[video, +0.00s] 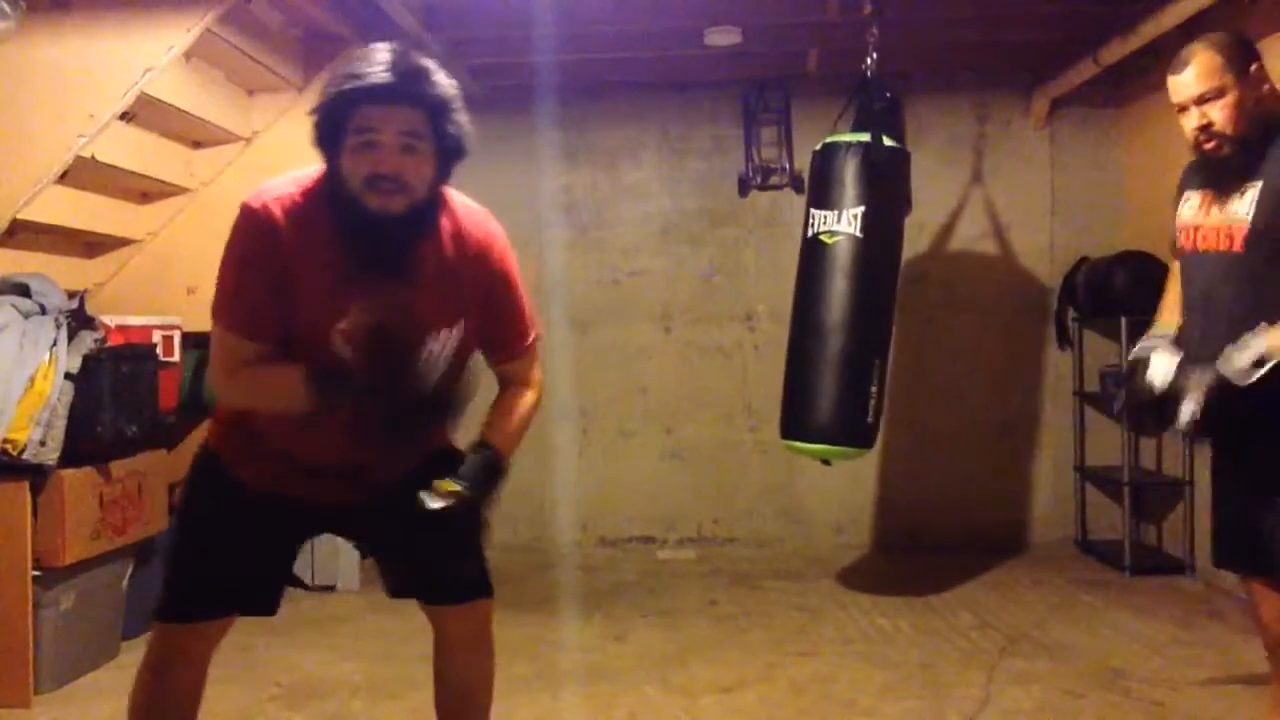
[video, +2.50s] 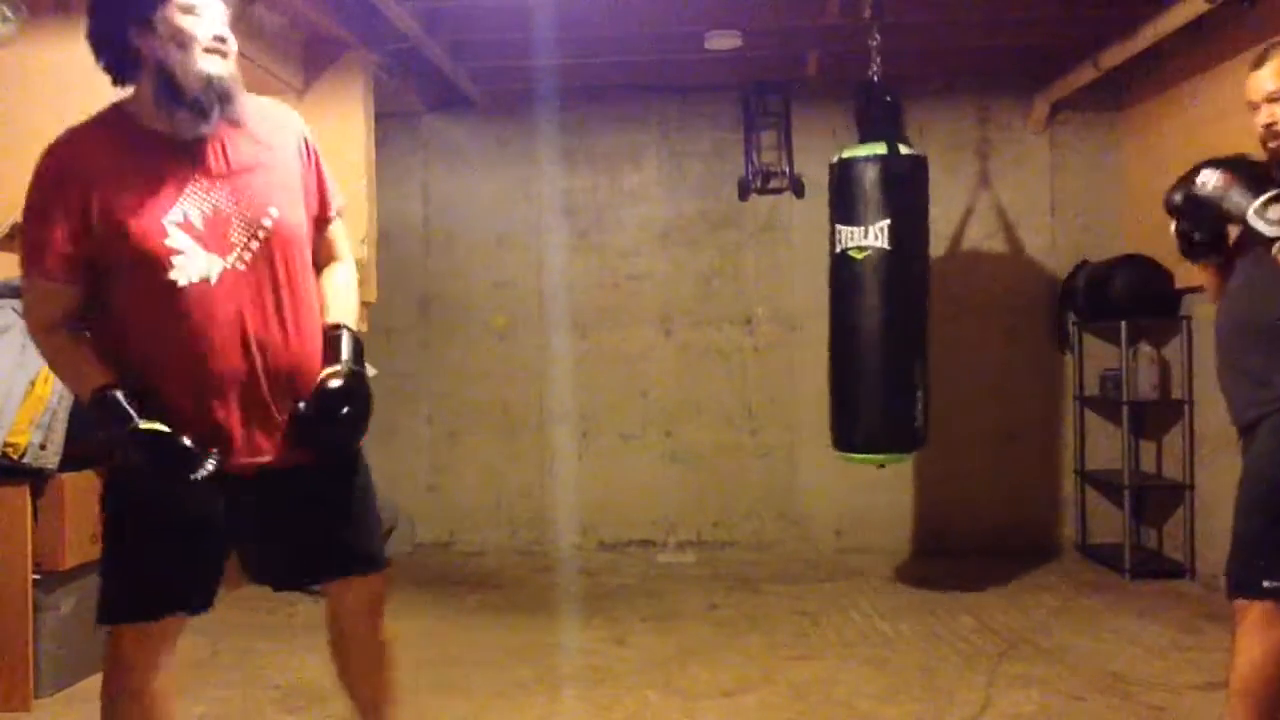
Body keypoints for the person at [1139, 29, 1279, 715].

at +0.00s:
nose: (1197, 123)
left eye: (1210, 99)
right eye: (1183, 109)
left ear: (1258, 84)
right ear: (1173, 111)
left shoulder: (1277, 166)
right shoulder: (1196, 176)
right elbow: (1184, 273)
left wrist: (1275, 337)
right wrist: (1163, 338)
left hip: (1279, 412)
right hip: (1236, 411)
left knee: (1271, 580)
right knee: (1259, 573)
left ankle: (1275, 689)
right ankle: (1274, 686)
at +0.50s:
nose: (1194, 129)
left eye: (1208, 109)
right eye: (1180, 117)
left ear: (1247, 101)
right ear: (1171, 122)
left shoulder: (1273, 166)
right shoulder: (1198, 182)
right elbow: (1193, 295)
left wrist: (1264, 349)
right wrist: (1154, 353)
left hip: (1259, 415)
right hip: (1217, 413)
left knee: (1257, 576)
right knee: (1243, 571)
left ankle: (1273, 686)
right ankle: (1270, 681)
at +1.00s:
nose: (1174, 129)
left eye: (1188, 108)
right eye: (1160, 117)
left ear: (1230, 98)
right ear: (1151, 122)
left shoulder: (1258, 164)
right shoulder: (1199, 184)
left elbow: (1256, 288)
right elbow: (1182, 305)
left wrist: (1166, 248)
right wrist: (1128, 270)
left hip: (1249, 421)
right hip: (1218, 422)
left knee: (1241, 605)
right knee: (1245, 601)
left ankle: (1236, 716)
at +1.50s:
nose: (1111, 119)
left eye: (1125, 96)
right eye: (1096, 108)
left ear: (1166, 84)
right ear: (1085, 113)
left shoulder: (1210, 155)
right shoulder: (1146, 171)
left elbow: (1220, 300)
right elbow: (1144, 298)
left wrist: (1114, 251)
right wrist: (1089, 272)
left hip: (1239, 414)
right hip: (1212, 413)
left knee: (1241, 610)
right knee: (1245, 605)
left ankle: (1236, 714)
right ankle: (1243, 707)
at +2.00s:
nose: (1154, 117)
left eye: (1170, 94)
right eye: (1142, 103)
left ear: (1221, 83)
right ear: (1136, 107)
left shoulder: (1256, 152)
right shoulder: (1184, 168)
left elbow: (1255, 286)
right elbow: (1155, 289)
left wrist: (1144, 240)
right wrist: (1100, 253)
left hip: (1248, 414)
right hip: (1213, 415)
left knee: (1241, 609)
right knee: (1242, 604)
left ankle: (1235, 714)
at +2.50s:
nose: (1265, 119)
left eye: (1274, 101)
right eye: (1256, 107)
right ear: (1247, 117)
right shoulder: (1252, 211)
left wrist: (1225, 252)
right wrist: (1221, 258)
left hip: (1270, 422)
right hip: (1263, 421)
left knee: (1258, 602)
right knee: (1257, 600)